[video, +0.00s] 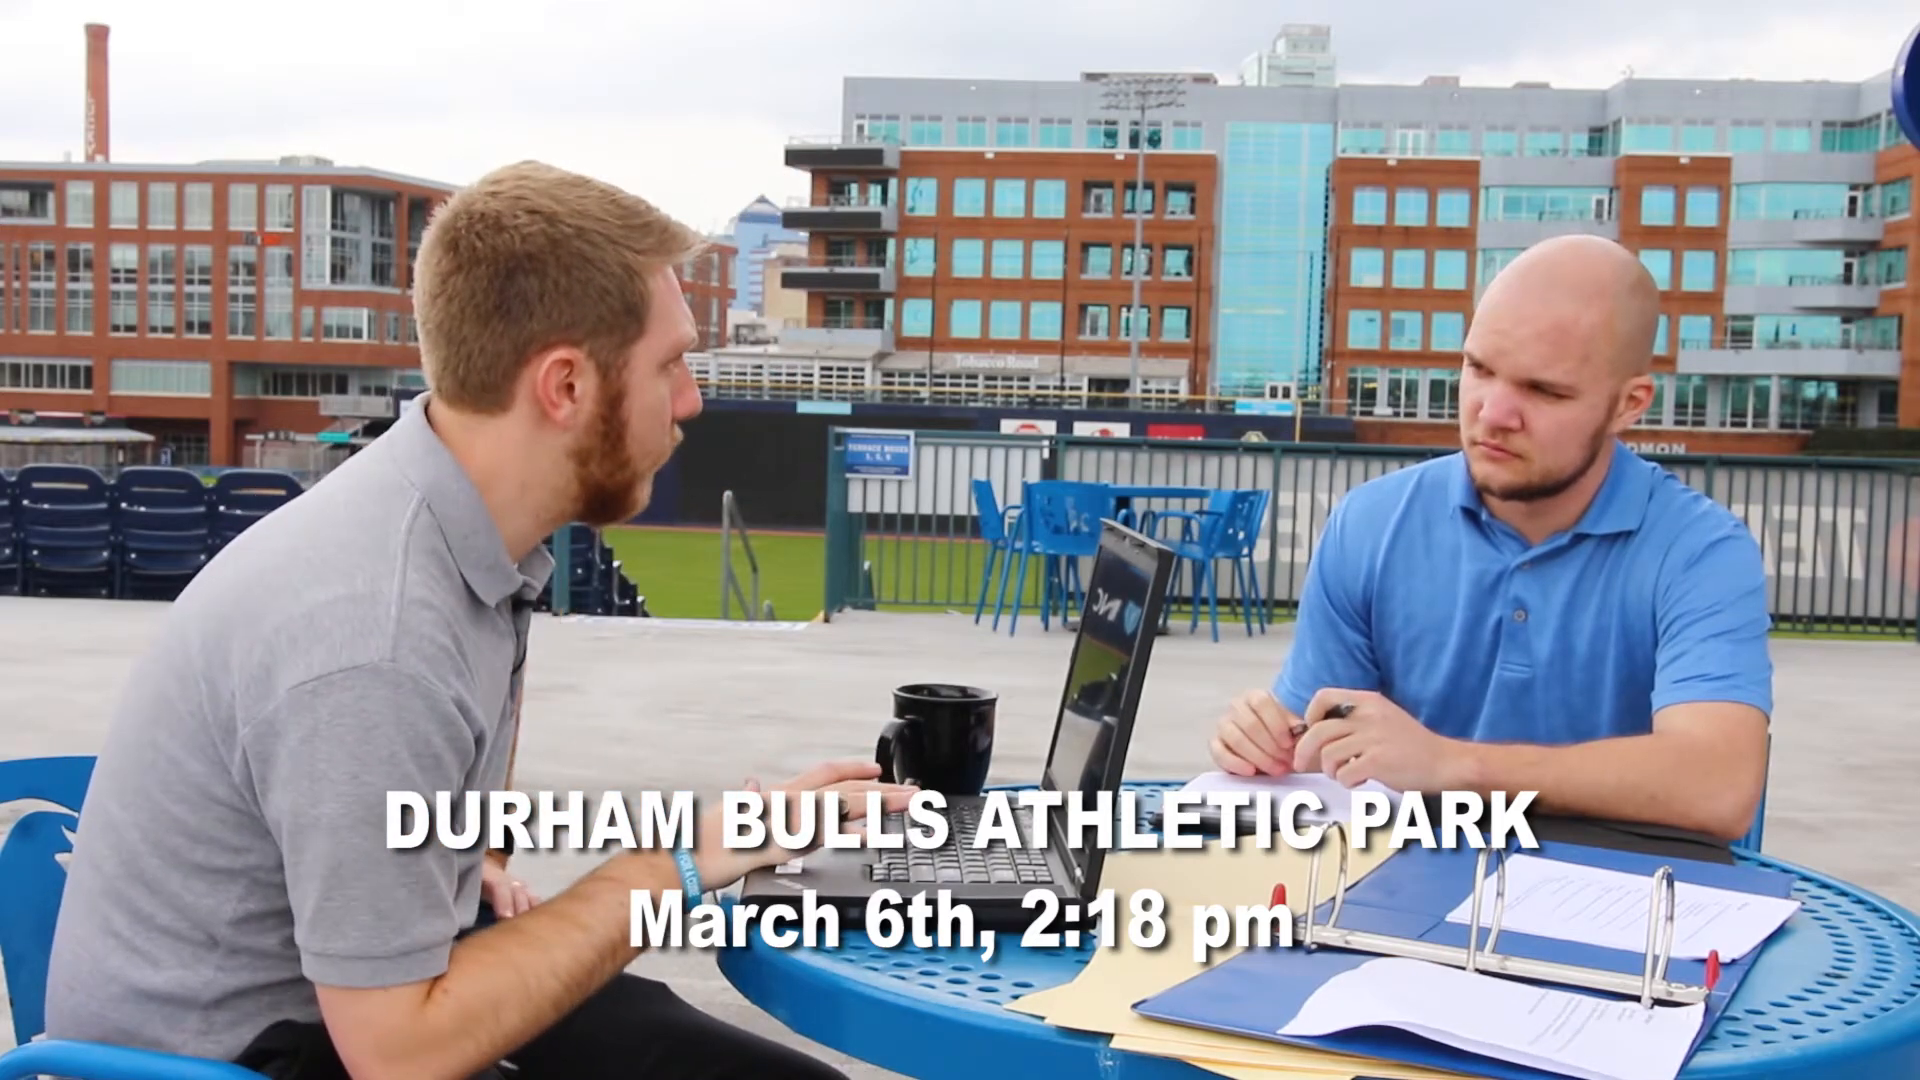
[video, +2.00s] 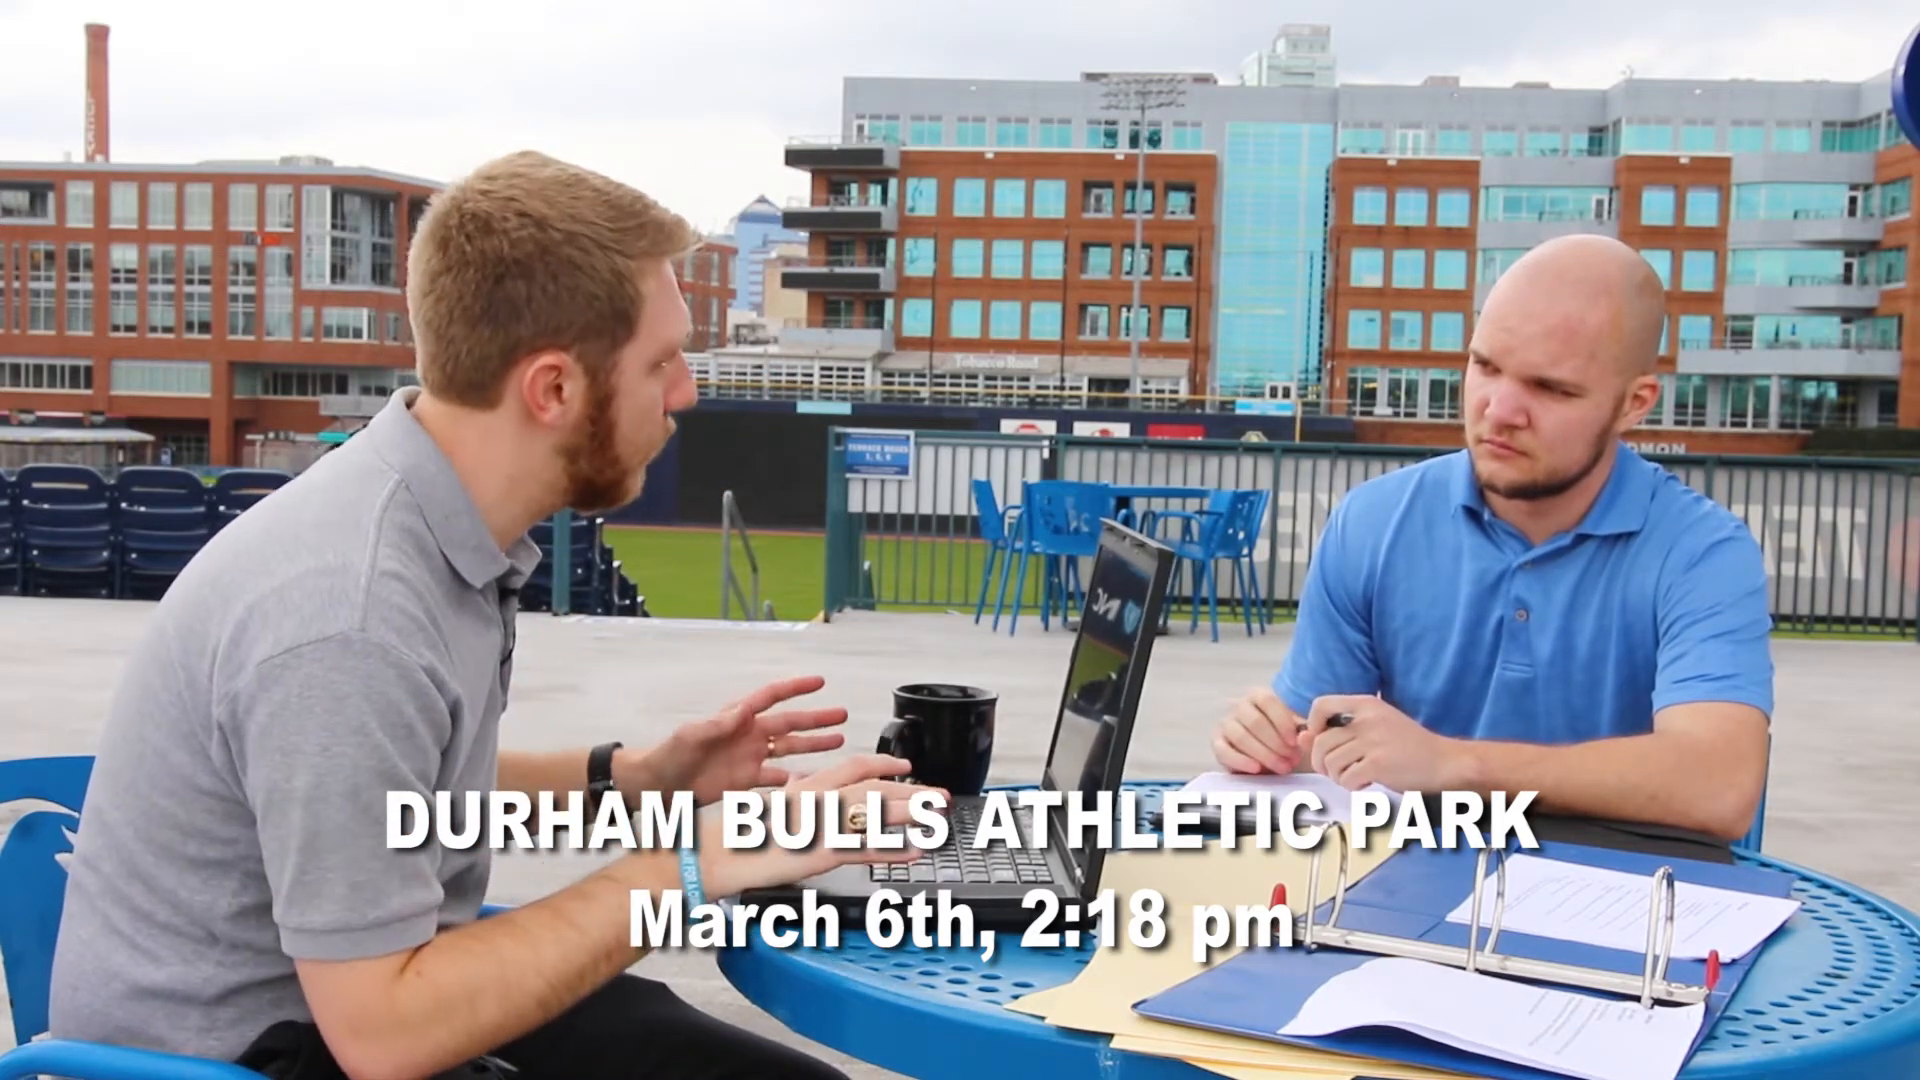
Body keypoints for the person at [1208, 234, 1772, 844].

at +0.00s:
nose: (1494, 413)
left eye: (1543, 390)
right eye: (1481, 370)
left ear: (1626, 407)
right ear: (1463, 356)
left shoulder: (1697, 550)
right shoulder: (1369, 524)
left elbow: (1713, 785)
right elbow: (1304, 723)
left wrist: (1447, 763)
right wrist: (1264, 734)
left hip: (1622, 915)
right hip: (1394, 890)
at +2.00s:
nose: (1499, 411)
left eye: (1549, 388)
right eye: (1487, 367)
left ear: (1631, 406)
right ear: (1467, 353)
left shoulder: (1698, 551)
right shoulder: (1371, 523)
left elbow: (1714, 785)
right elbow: (1303, 717)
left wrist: (1450, 762)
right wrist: (1262, 730)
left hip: (1622, 913)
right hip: (1395, 888)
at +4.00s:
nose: (1431, 456)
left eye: (1473, 422)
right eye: (1406, 418)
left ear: (1556, 394)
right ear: (1384, 385)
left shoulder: (1660, 535)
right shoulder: (1341, 537)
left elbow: (1705, 778)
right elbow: (1308, 754)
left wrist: (1477, 769)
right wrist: (1261, 751)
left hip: (1613, 902)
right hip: (1397, 886)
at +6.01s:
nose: (1416, 427)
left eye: (1454, 404)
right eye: (1415, 393)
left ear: (1567, 407)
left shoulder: (1699, 521)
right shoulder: (1401, 499)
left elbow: (1731, 775)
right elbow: (1357, 626)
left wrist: (1472, 771)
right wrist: (1328, 772)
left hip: (1642, 882)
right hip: (1441, 858)